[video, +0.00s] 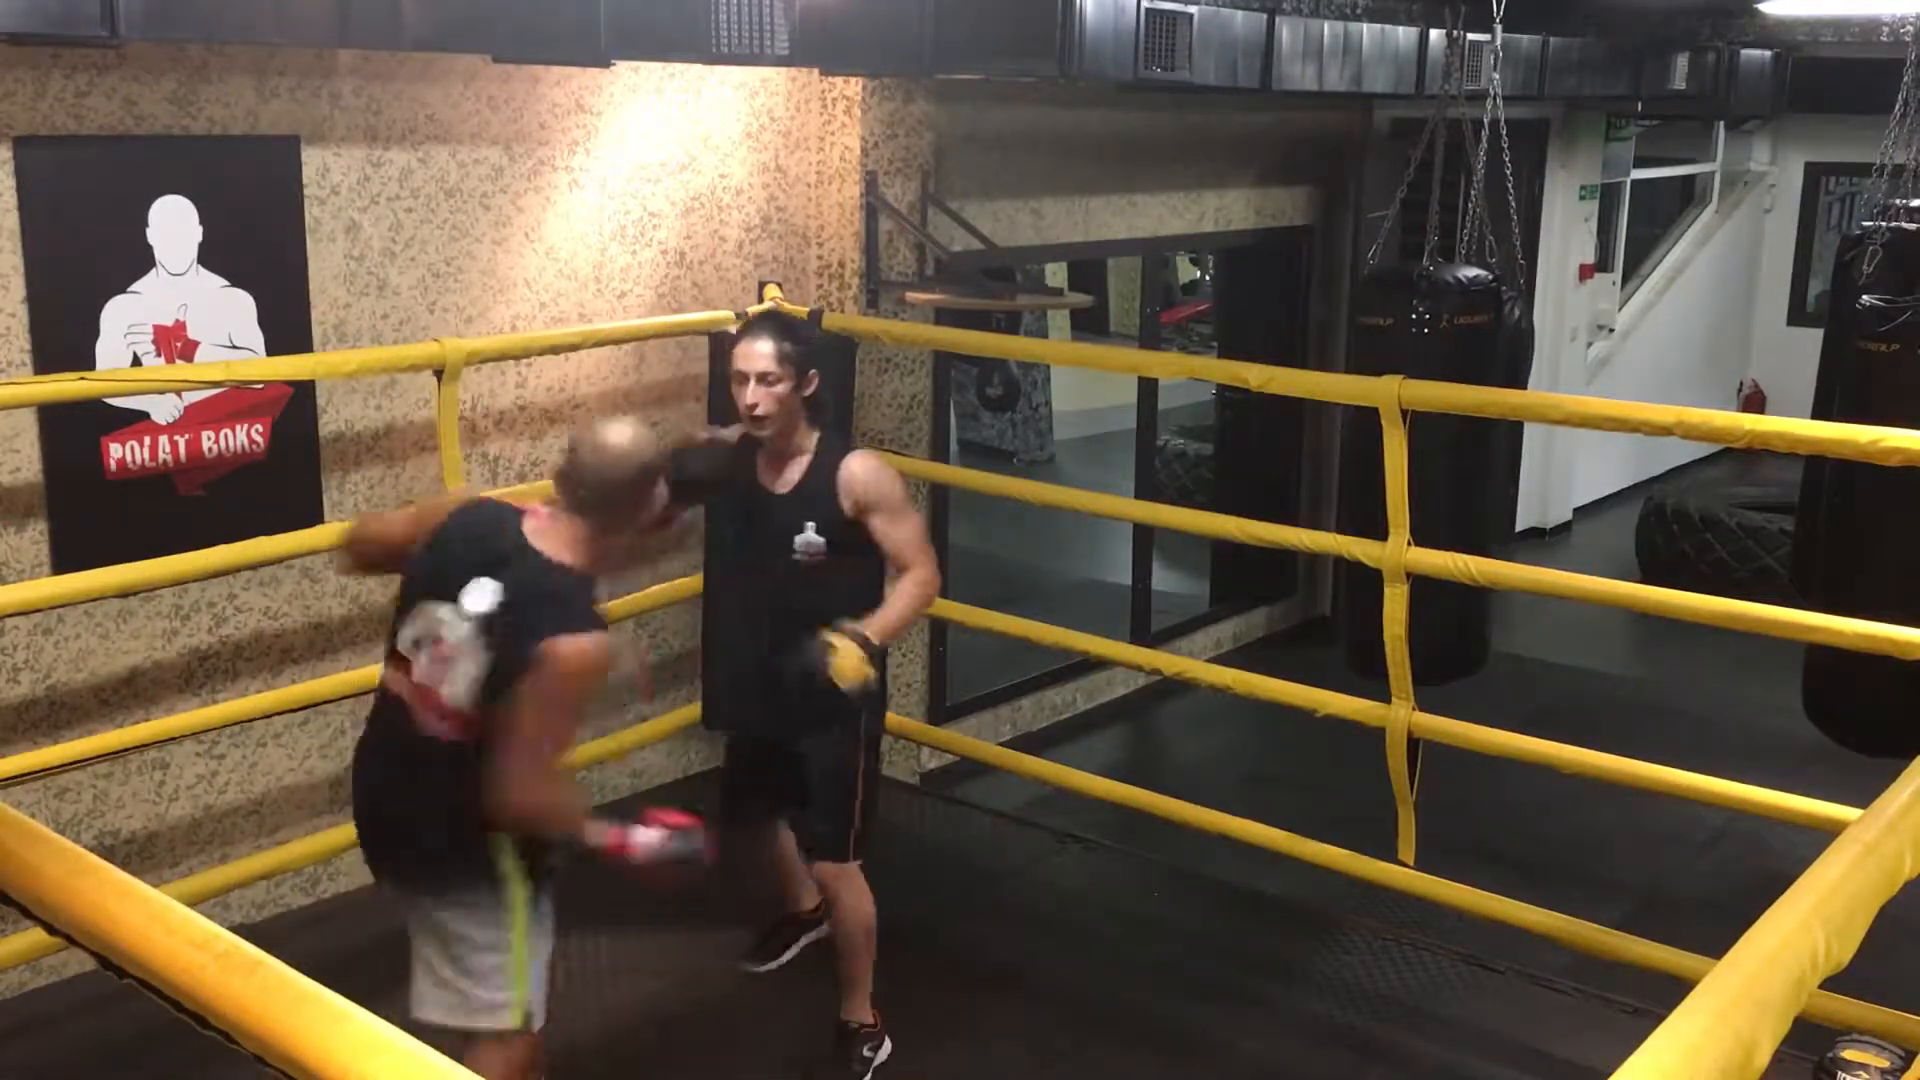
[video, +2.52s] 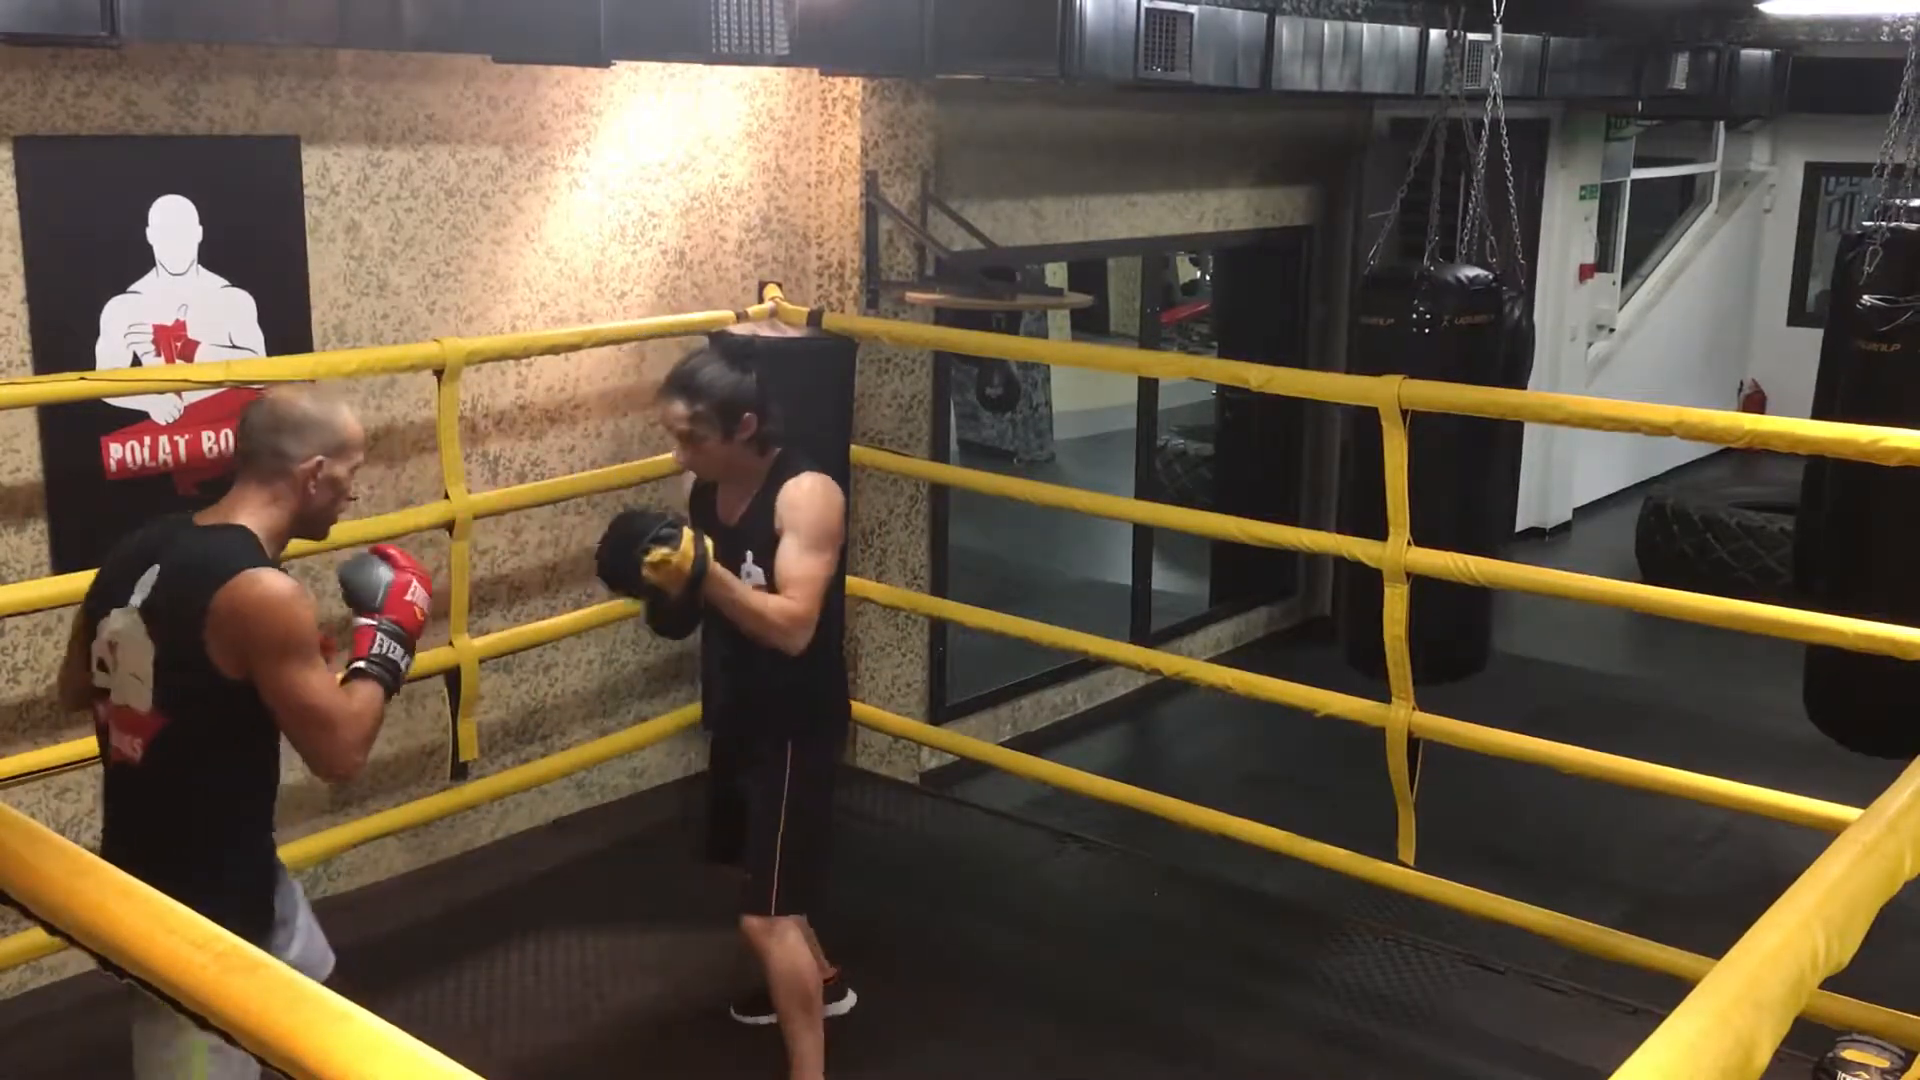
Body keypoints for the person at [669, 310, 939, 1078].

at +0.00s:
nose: (748, 398)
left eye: (764, 382)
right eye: (740, 382)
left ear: (805, 387)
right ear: (732, 388)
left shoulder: (858, 474)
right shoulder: (730, 466)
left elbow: (920, 574)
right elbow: (642, 526)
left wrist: (865, 640)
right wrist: (674, 477)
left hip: (831, 694)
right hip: (750, 689)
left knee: (831, 861)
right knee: (754, 819)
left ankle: (860, 1018)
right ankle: (804, 908)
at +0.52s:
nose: (734, 369)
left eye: (747, 355)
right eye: (728, 355)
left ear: (789, 354)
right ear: (733, 354)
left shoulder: (809, 435)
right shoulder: (774, 427)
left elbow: (858, 546)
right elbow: (790, 531)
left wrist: (841, 659)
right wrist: (727, 532)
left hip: (813, 649)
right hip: (799, 637)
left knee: (768, 806)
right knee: (829, 788)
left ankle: (803, 981)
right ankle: (871, 913)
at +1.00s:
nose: (638, 394)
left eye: (652, 376)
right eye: (627, 378)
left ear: (687, 369)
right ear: (617, 375)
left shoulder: (713, 451)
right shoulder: (643, 429)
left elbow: (745, 567)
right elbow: (647, 506)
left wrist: (670, 647)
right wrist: (619, 542)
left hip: (719, 638)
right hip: (674, 625)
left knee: (656, 781)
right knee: (642, 763)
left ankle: (653, 929)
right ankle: (707, 888)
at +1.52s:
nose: (619, 422)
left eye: (632, 406)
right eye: (610, 407)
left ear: (673, 396)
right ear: (606, 403)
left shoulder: (722, 456)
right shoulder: (621, 469)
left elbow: (736, 554)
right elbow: (606, 576)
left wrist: (668, 501)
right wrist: (615, 541)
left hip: (721, 670)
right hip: (654, 661)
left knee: (720, 844)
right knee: (608, 802)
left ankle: (763, 1032)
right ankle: (635, 915)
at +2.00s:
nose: (623, 436)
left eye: (637, 419)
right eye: (616, 419)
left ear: (688, 410)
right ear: (615, 415)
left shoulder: (744, 481)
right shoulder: (669, 487)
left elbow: (750, 592)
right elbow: (677, 569)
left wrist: (702, 524)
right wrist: (625, 575)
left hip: (763, 711)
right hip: (715, 705)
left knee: (752, 903)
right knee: (681, 853)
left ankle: (806, 1069)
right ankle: (775, 985)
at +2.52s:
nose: (679, 453)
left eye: (691, 438)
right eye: (674, 438)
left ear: (747, 430)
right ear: (727, 429)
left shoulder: (809, 495)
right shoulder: (709, 490)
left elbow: (793, 627)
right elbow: (695, 612)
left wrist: (701, 573)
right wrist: (662, 579)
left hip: (798, 721)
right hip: (738, 711)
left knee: (766, 917)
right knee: (758, 862)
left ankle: (808, 1073)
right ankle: (816, 976)